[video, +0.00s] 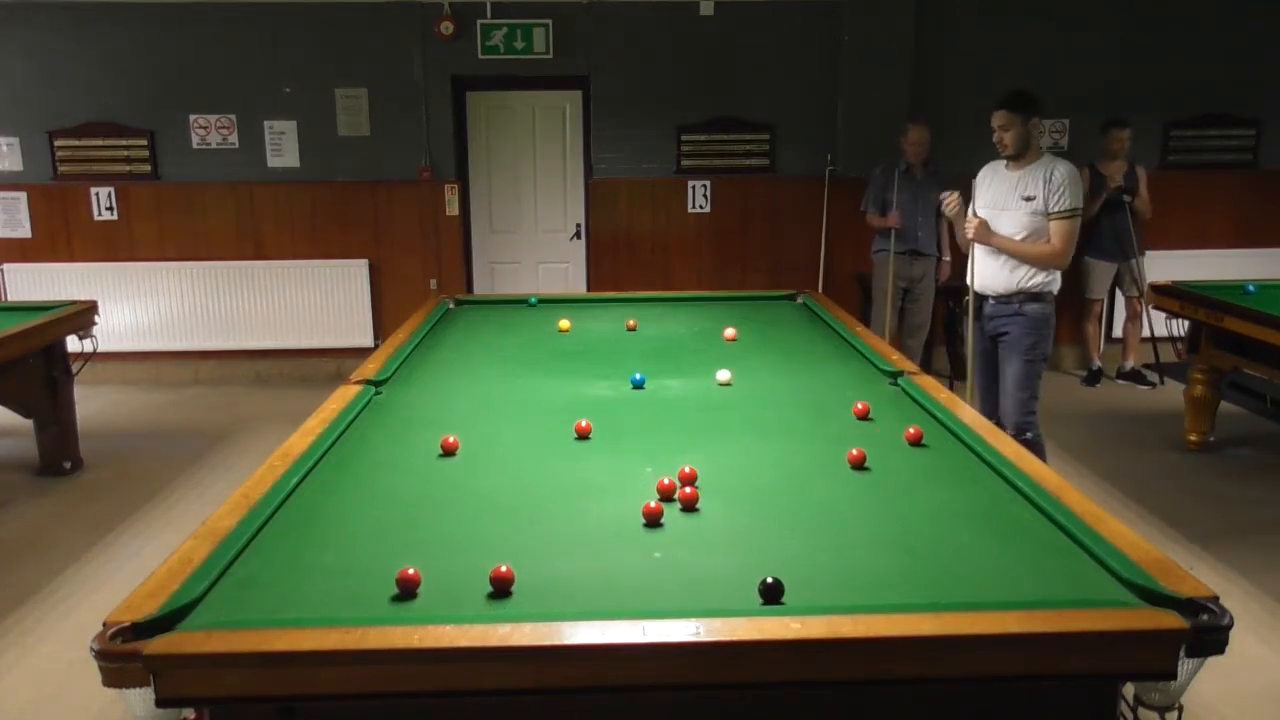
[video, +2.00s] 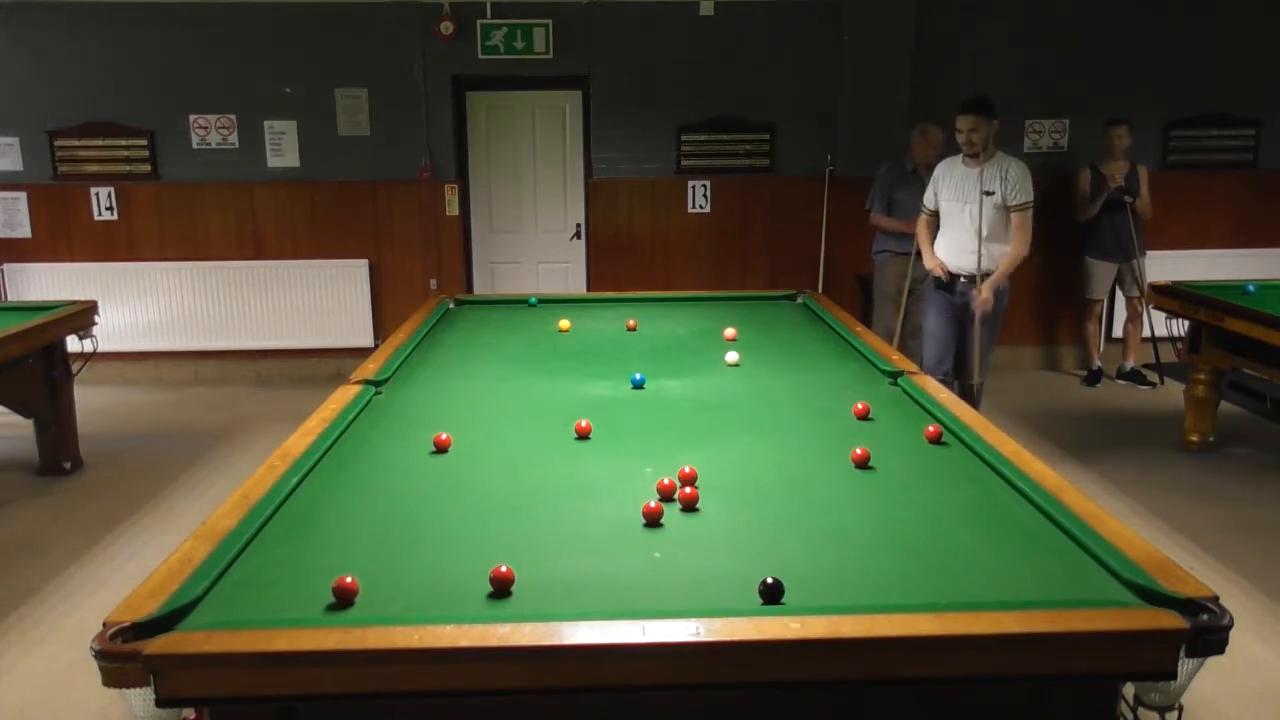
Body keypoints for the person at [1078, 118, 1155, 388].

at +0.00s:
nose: (1123, 146)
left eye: (1126, 141)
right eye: (1117, 140)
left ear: (1130, 142)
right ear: (1105, 141)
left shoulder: (1136, 172)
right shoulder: (1089, 173)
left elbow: (1146, 212)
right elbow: (1083, 214)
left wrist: (1131, 196)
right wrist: (1104, 193)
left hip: (1130, 249)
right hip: (1099, 250)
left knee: (1135, 309)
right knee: (1094, 309)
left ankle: (1128, 366)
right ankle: (1094, 364)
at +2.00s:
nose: (1120, 142)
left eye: (1124, 137)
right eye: (1115, 137)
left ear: (1130, 140)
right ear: (1106, 140)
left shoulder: (1138, 170)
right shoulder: (1089, 172)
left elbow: (1146, 211)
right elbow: (1083, 214)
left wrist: (1130, 196)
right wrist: (1106, 191)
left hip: (1132, 250)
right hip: (1099, 250)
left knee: (1136, 309)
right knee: (1094, 310)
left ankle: (1128, 366)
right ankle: (1094, 365)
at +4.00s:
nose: (1126, 145)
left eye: (1129, 140)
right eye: (1120, 140)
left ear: (1133, 142)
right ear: (1106, 140)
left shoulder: (1137, 171)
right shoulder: (1088, 172)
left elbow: (1146, 211)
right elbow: (1082, 214)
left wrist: (1132, 198)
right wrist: (1106, 192)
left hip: (1132, 250)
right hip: (1099, 250)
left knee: (1136, 309)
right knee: (1094, 309)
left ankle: (1128, 366)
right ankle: (1095, 365)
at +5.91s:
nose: (1129, 145)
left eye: (1133, 140)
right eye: (1124, 140)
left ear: (1137, 142)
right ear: (1110, 141)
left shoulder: (1140, 172)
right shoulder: (1091, 172)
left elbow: (1149, 214)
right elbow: (1083, 214)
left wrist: (1139, 200)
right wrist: (1105, 196)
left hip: (1133, 250)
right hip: (1100, 250)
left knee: (1137, 309)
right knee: (1094, 309)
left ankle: (1127, 366)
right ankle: (1094, 365)